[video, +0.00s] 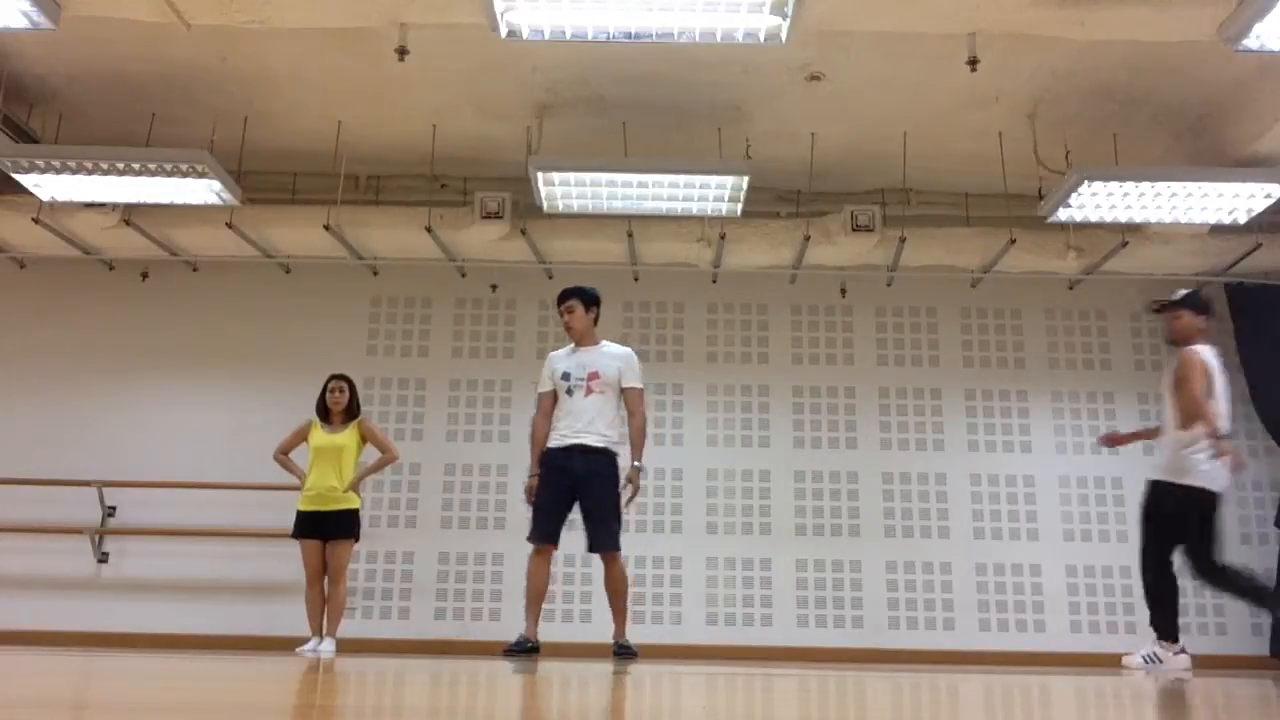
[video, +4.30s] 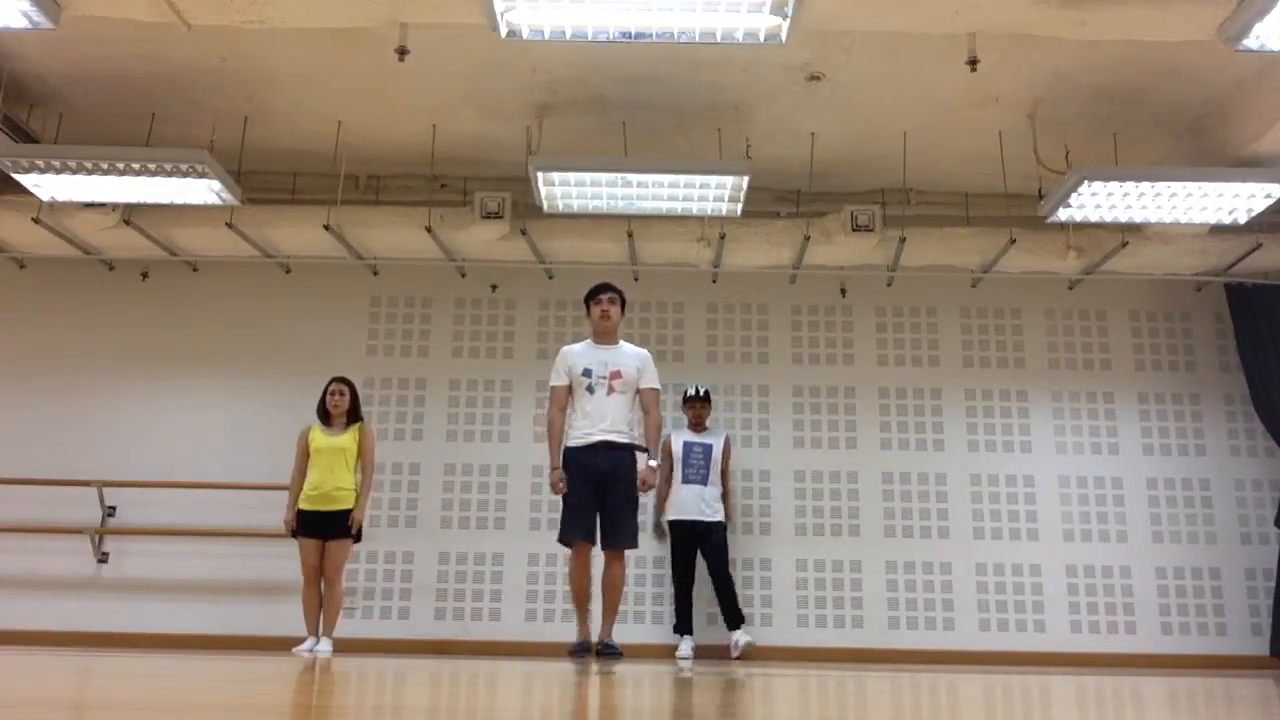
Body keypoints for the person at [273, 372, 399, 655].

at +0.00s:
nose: (336, 395)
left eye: (341, 391)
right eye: (331, 391)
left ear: (350, 396)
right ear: (324, 396)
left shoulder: (360, 426)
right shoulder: (312, 426)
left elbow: (392, 454)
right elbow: (279, 454)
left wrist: (359, 477)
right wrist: (301, 475)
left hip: (343, 506)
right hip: (310, 506)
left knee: (337, 577)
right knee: (313, 578)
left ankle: (330, 638)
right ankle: (315, 637)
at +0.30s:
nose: (336, 396)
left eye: (342, 392)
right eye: (332, 392)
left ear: (352, 397)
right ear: (325, 397)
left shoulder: (361, 427)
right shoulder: (313, 427)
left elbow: (391, 451)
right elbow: (280, 454)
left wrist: (357, 446)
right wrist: (302, 472)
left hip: (343, 507)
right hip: (310, 506)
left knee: (335, 577)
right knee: (309, 578)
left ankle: (329, 638)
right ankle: (313, 637)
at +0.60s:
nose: (338, 396)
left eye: (343, 392)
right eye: (333, 391)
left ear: (351, 398)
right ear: (325, 396)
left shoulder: (358, 427)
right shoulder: (313, 426)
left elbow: (375, 431)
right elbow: (281, 453)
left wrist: (362, 404)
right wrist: (302, 472)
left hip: (343, 506)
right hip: (310, 505)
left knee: (334, 577)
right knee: (309, 576)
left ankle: (328, 638)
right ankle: (308, 636)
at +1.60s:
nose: (337, 397)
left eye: (342, 393)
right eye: (332, 392)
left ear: (349, 398)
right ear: (322, 396)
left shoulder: (356, 431)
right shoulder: (308, 429)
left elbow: (371, 469)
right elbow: (273, 459)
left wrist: (362, 437)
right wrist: (279, 491)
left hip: (340, 507)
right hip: (307, 506)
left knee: (330, 575)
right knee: (308, 575)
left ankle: (325, 637)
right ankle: (308, 636)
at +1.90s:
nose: (336, 396)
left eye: (342, 391)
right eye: (332, 391)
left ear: (350, 397)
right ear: (323, 396)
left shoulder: (360, 428)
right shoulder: (308, 431)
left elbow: (370, 466)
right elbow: (297, 471)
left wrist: (338, 474)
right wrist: (299, 503)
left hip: (341, 509)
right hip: (309, 509)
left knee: (334, 574)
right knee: (308, 575)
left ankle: (328, 637)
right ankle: (309, 636)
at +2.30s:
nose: (337, 396)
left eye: (342, 392)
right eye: (332, 392)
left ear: (351, 398)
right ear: (324, 397)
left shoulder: (362, 430)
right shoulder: (310, 433)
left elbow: (374, 470)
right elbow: (301, 475)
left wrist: (365, 503)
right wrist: (290, 509)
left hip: (343, 508)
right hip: (309, 508)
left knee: (335, 577)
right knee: (310, 577)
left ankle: (328, 637)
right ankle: (310, 636)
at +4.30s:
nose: (336, 398)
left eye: (341, 394)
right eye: (332, 394)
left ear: (351, 400)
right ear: (324, 399)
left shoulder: (361, 431)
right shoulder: (309, 432)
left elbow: (367, 472)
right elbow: (298, 473)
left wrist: (360, 508)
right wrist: (291, 508)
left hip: (342, 509)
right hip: (309, 507)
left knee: (332, 576)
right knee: (310, 575)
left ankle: (326, 637)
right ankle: (311, 636)